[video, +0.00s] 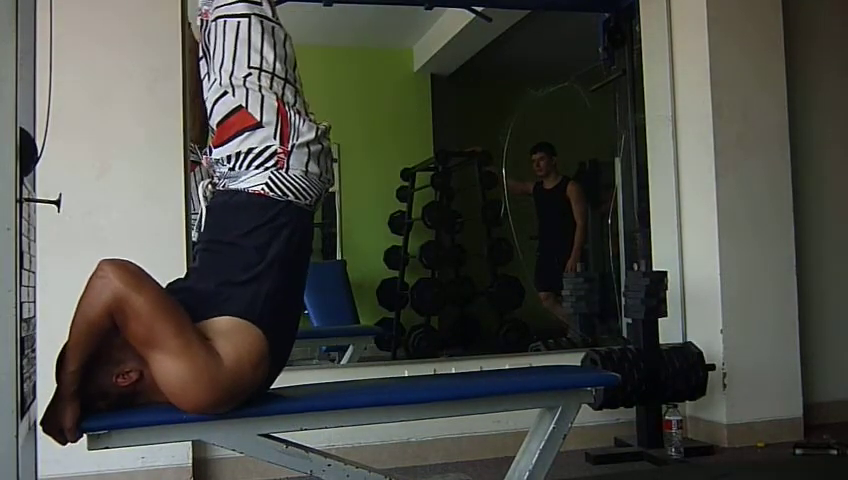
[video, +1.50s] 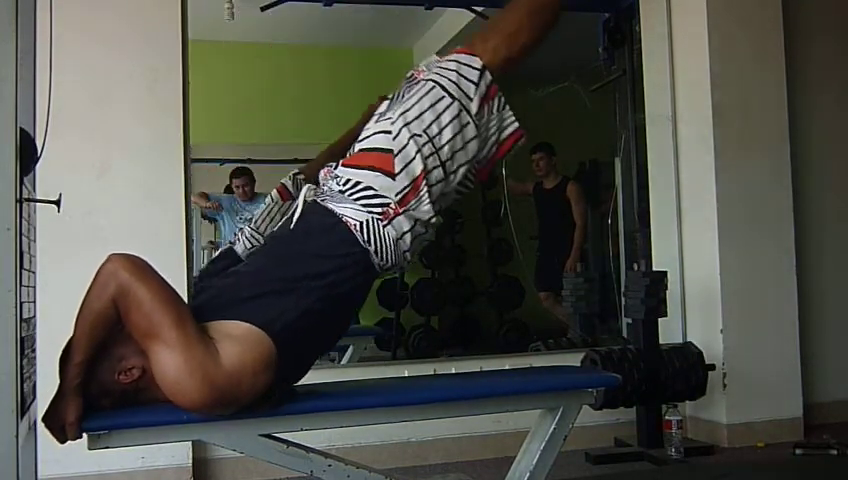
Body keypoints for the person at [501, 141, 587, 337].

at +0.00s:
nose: (537, 165)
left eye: (541, 160)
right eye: (534, 161)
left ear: (553, 161)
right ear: (532, 164)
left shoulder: (570, 187)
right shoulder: (536, 187)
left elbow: (581, 224)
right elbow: (510, 185)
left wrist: (575, 258)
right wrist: (489, 167)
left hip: (567, 250)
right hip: (546, 249)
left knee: (567, 296)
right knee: (545, 296)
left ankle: (574, 336)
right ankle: (576, 329)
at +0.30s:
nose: (537, 165)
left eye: (541, 160)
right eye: (534, 161)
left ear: (553, 161)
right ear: (532, 164)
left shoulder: (570, 187)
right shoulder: (536, 187)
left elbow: (581, 224)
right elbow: (511, 185)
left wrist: (574, 257)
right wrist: (489, 167)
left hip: (567, 250)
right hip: (546, 249)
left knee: (568, 296)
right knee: (545, 296)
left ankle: (574, 336)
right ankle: (576, 329)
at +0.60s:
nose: (537, 165)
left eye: (541, 160)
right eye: (534, 161)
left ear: (553, 161)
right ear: (532, 164)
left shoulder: (570, 187)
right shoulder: (536, 187)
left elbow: (581, 224)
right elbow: (513, 186)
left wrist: (574, 257)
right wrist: (492, 170)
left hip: (567, 249)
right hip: (546, 249)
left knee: (569, 295)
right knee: (546, 297)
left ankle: (574, 336)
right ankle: (578, 330)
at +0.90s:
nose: (537, 165)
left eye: (541, 160)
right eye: (534, 161)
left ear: (553, 161)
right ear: (532, 164)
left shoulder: (570, 187)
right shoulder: (536, 187)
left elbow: (581, 224)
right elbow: (511, 185)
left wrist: (574, 257)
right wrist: (489, 168)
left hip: (566, 249)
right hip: (546, 249)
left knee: (567, 296)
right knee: (545, 297)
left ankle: (574, 336)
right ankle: (577, 328)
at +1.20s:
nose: (536, 165)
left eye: (541, 160)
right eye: (534, 161)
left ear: (552, 161)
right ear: (532, 164)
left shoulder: (570, 188)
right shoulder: (536, 187)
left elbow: (580, 224)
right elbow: (510, 185)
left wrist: (574, 256)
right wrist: (488, 166)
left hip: (567, 249)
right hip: (546, 249)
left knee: (567, 296)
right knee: (546, 297)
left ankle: (574, 336)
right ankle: (578, 329)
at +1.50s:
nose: (536, 165)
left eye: (541, 160)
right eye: (534, 161)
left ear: (552, 161)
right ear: (531, 164)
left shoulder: (570, 187)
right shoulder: (536, 187)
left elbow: (580, 224)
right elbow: (512, 186)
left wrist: (574, 257)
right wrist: (493, 174)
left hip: (567, 250)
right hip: (546, 249)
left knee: (568, 296)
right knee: (546, 297)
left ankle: (575, 335)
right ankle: (577, 329)